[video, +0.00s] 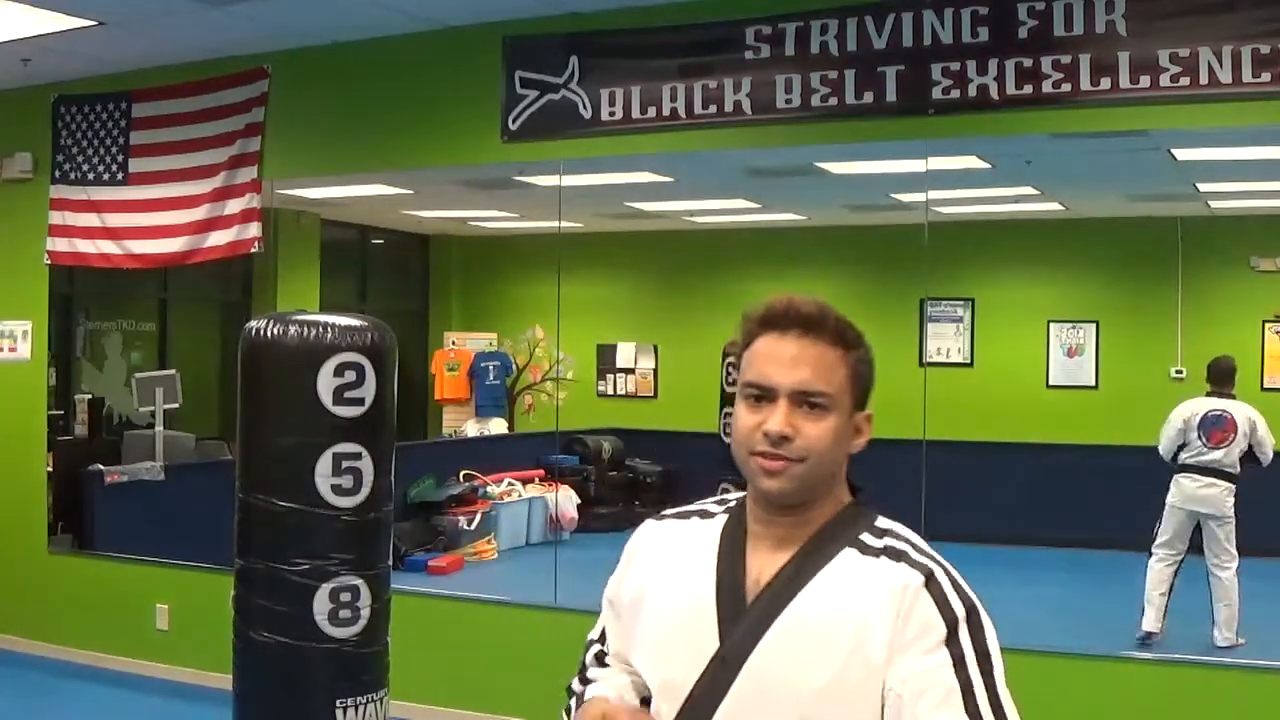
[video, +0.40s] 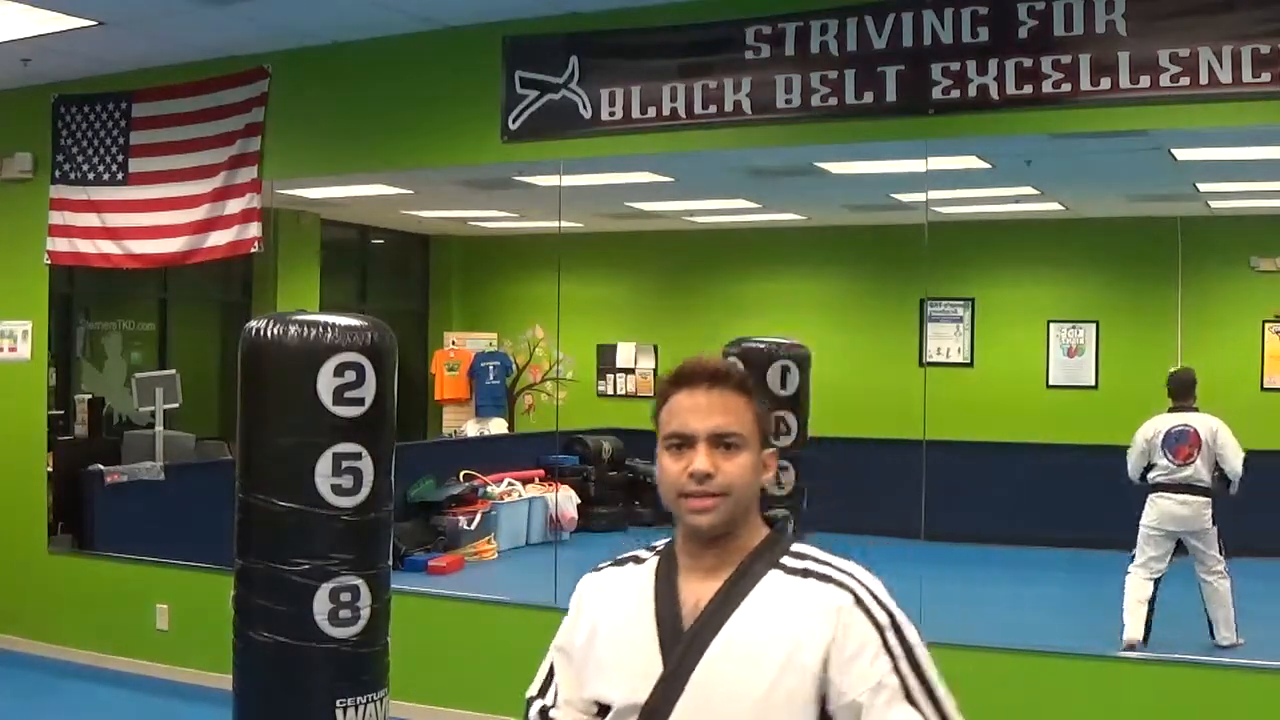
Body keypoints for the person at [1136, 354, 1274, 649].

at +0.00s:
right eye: (1231, 377)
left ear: (1208, 379)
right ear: (1234, 380)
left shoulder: (1187, 408)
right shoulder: (1249, 414)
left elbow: (1166, 450)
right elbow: (1266, 456)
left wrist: (1189, 460)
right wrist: (1238, 450)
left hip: (1184, 489)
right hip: (1220, 495)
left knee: (1165, 554)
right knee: (1223, 563)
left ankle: (1149, 627)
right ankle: (1225, 636)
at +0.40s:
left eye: (1173, 389)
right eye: (1191, 388)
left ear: (1168, 392)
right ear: (1195, 391)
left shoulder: (1151, 426)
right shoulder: (1213, 425)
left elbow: (1134, 471)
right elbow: (1235, 467)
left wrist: (1159, 474)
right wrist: (1230, 486)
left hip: (1159, 504)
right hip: (1197, 506)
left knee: (1143, 569)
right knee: (1212, 569)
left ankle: (1132, 635)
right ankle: (1226, 637)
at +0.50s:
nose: (1181, 391)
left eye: (1177, 387)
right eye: (1180, 388)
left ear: (1152, 393)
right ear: (1177, 392)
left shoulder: (1134, 426)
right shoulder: (1195, 426)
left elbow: (1117, 472)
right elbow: (1212, 472)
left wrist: (1141, 481)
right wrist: (1200, 490)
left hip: (1145, 506)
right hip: (1183, 507)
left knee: (1134, 574)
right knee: (1203, 572)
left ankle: (1132, 644)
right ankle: (1220, 634)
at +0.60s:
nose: (1165, 381)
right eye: (1166, 376)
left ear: (1139, 381)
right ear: (1166, 380)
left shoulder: (1122, 413)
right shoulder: (1184, 411)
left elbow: (1103, 459)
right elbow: (1203, 454)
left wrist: (1134, 466)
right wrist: (1183, 475)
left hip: (1135, 497)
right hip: (1174, 498)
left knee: (1130, 566)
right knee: (1192, 563)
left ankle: (1129, 641)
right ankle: (1207, 633)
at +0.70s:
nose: (1162, 365)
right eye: (1160, 361)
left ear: (1131, 366)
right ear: (1158, 364)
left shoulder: (1114, 397)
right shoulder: (1177, 394)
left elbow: (1098, 443)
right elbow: (1198, 434)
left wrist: (1128, 450)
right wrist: (1176, 456)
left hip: (1130, 483)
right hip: (1168, 482)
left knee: (1125, 552)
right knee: (1180, 550)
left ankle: (1125, 631)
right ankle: (1181, 622)